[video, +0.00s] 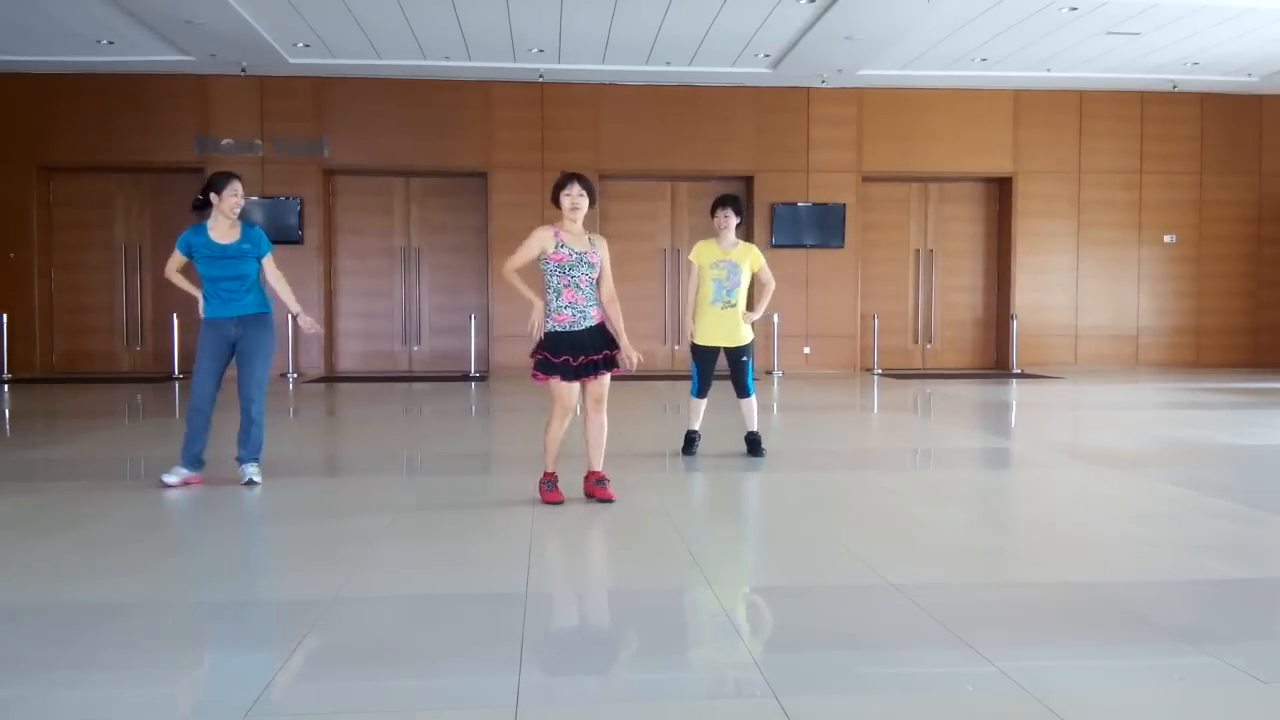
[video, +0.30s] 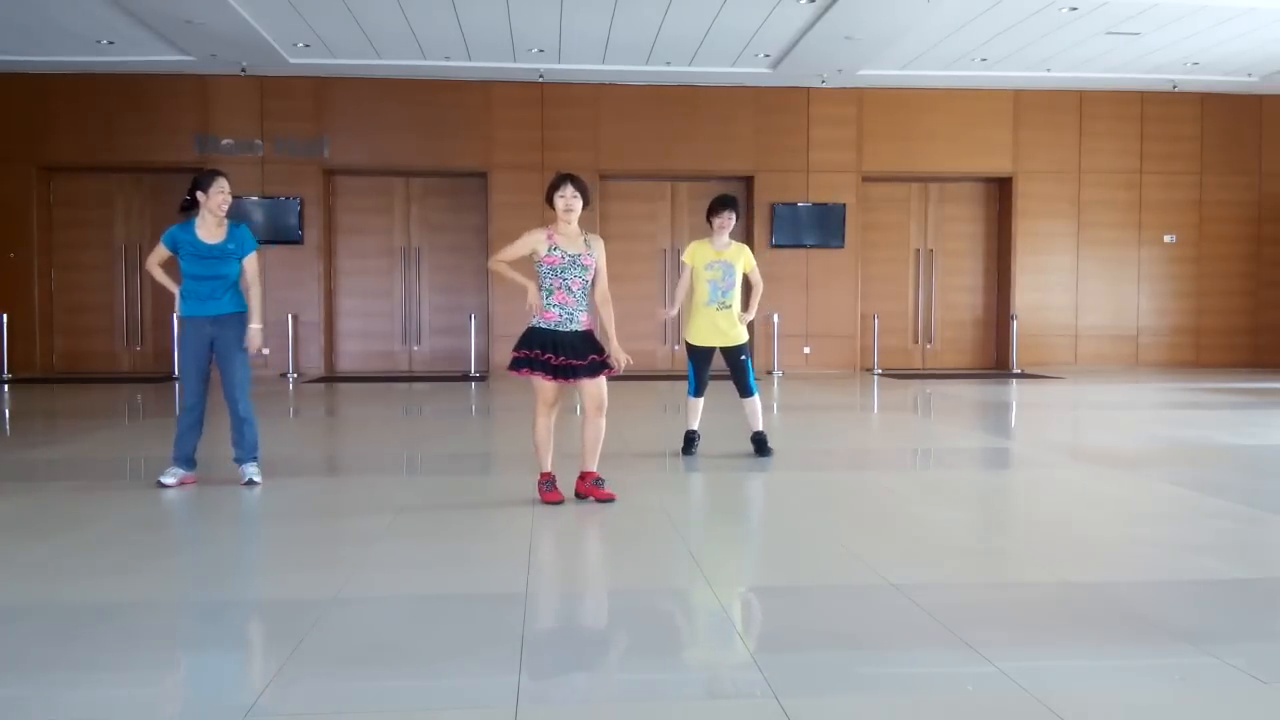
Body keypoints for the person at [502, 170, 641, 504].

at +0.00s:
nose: (575, 200)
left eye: (581, 195)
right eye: (568, 195)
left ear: (590, 201)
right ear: (558, 201)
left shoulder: (598, 243)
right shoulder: (545, 237)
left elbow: (609, 297)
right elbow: (508, 269)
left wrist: (624, 343)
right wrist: (536, 301)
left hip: (596, 333)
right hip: (559, 335)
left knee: (598, 405)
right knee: (565, 406)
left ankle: (596, 476)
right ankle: (549, 477)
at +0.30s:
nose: (568, 201)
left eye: (574, 196)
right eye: (562, 196)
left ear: (584, 202)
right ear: (551, 202)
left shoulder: (594, 244)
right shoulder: (538, 238)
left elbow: (603, 296)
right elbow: (495, 262)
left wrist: (613, 343)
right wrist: (528, 284)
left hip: (582, 336)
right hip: (547, 335)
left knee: (597, 405)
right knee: (547, 404)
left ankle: (589, 478)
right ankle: (546, 478)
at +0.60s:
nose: (569, 204)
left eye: (575, 199)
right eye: (563, 199)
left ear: (586, 205)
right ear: (553, 205)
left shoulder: (602, 244)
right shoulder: (541, 243)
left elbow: (612, 296)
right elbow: (495, 268)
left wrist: (619, 344)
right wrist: (526, 296)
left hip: (588, 338)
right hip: (549, 336)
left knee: (592, 411)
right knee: (550, 405)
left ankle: (602, 475)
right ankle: (547, 476)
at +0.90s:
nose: (577, 201)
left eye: (584, 196)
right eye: (571, 196)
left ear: (593, 203)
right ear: (562, 202)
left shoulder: (609, 240)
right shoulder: (548, 240)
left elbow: (621, 292)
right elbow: (509, 274)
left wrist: (630, 340)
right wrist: (539, 311)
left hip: (605, 333)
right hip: (565, 334)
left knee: (603, 407)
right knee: (564, 408)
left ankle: (604, 476)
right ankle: (557, 475)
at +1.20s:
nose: (582, 204)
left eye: (588, 199)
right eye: (575, 199)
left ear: (596, 205)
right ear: (565, 205)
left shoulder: (608, 245)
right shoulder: (554, 240)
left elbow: (621, 294)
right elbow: (517, 278)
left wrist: (635, 344)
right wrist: (545, 317)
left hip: (612, 334)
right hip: (575, 337)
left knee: (608, 408)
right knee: (583, 411)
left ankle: (605, 476)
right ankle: (558, 475)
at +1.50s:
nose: (578, 203)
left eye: (583, 198)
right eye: (570, 198)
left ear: (592, 205)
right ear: (560, 205)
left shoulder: (597, 247)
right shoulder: (554, 237)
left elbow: (610, 296)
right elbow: (518, 271)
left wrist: (629, 342)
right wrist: (547, 308)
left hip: (601, 334)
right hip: (567, 336)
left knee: (599, 406)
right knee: (577, 409)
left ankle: (602, 476)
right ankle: (549, 477)